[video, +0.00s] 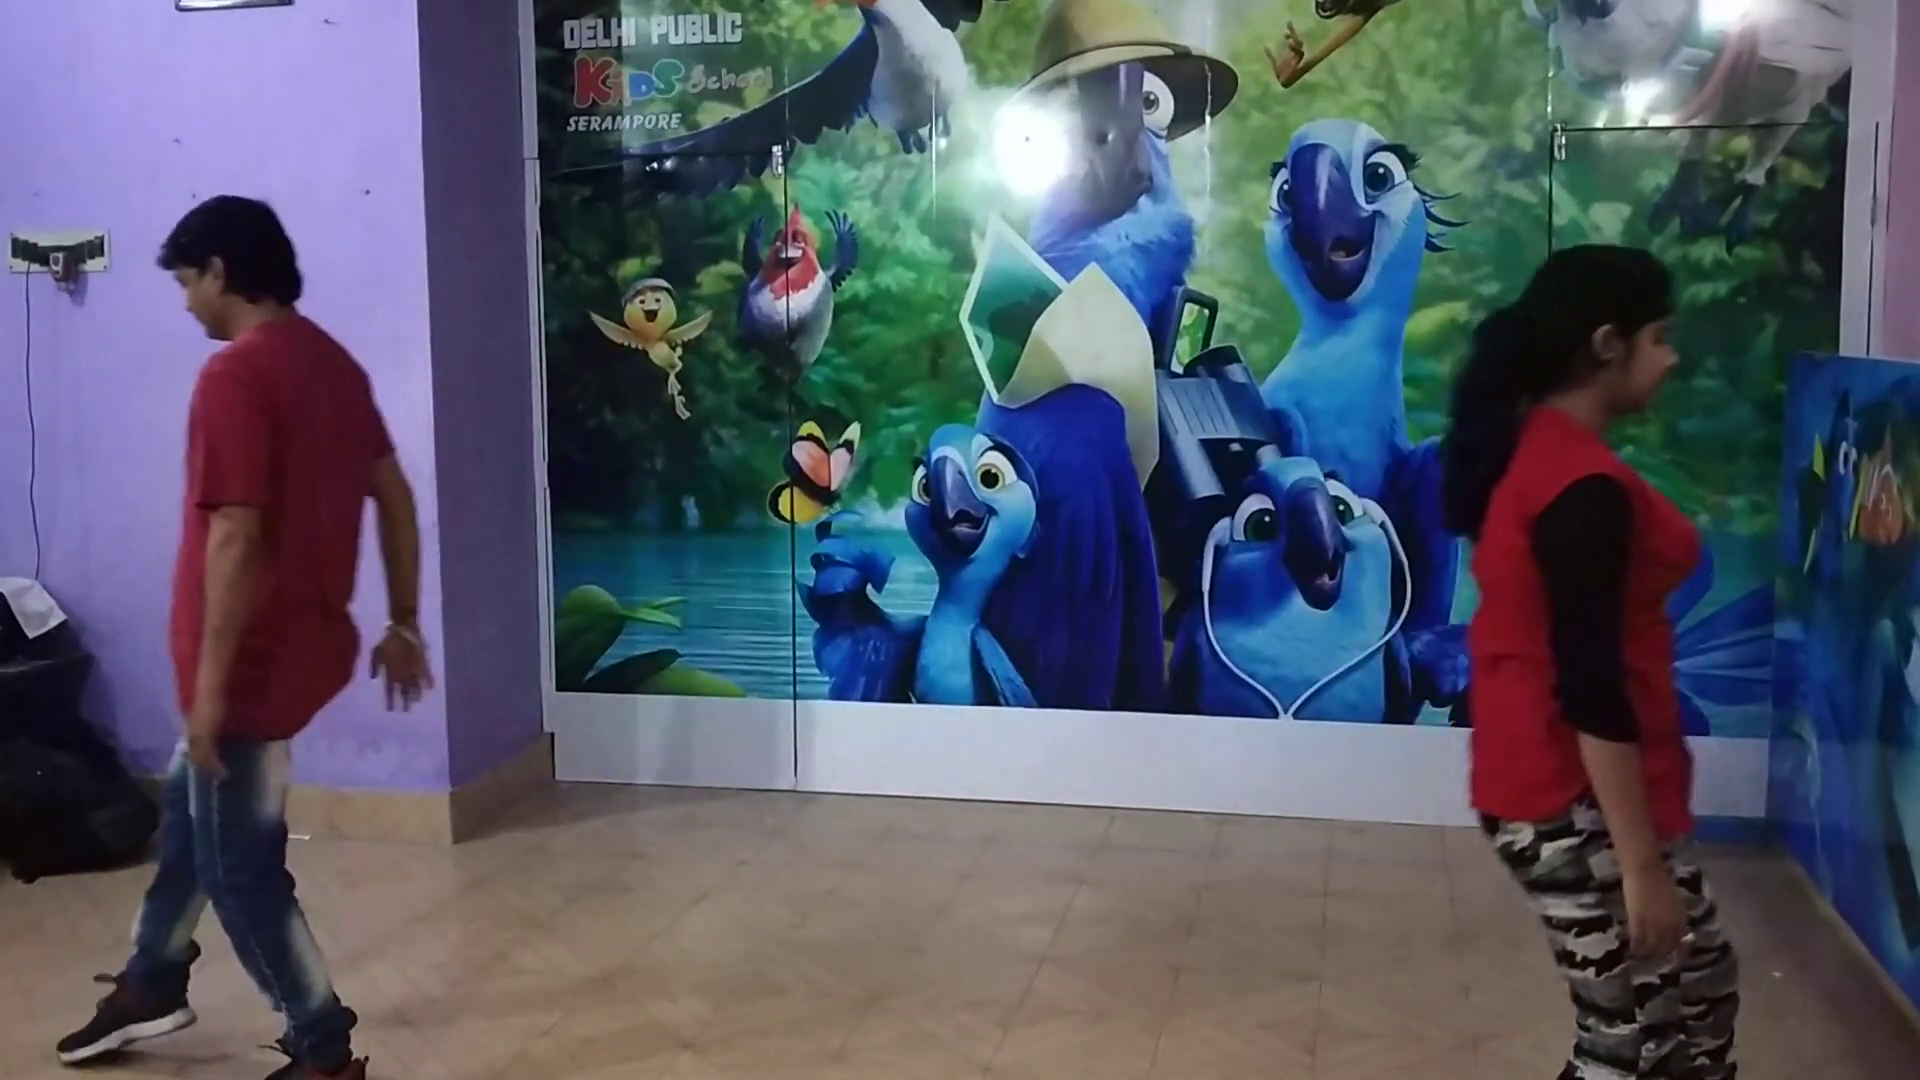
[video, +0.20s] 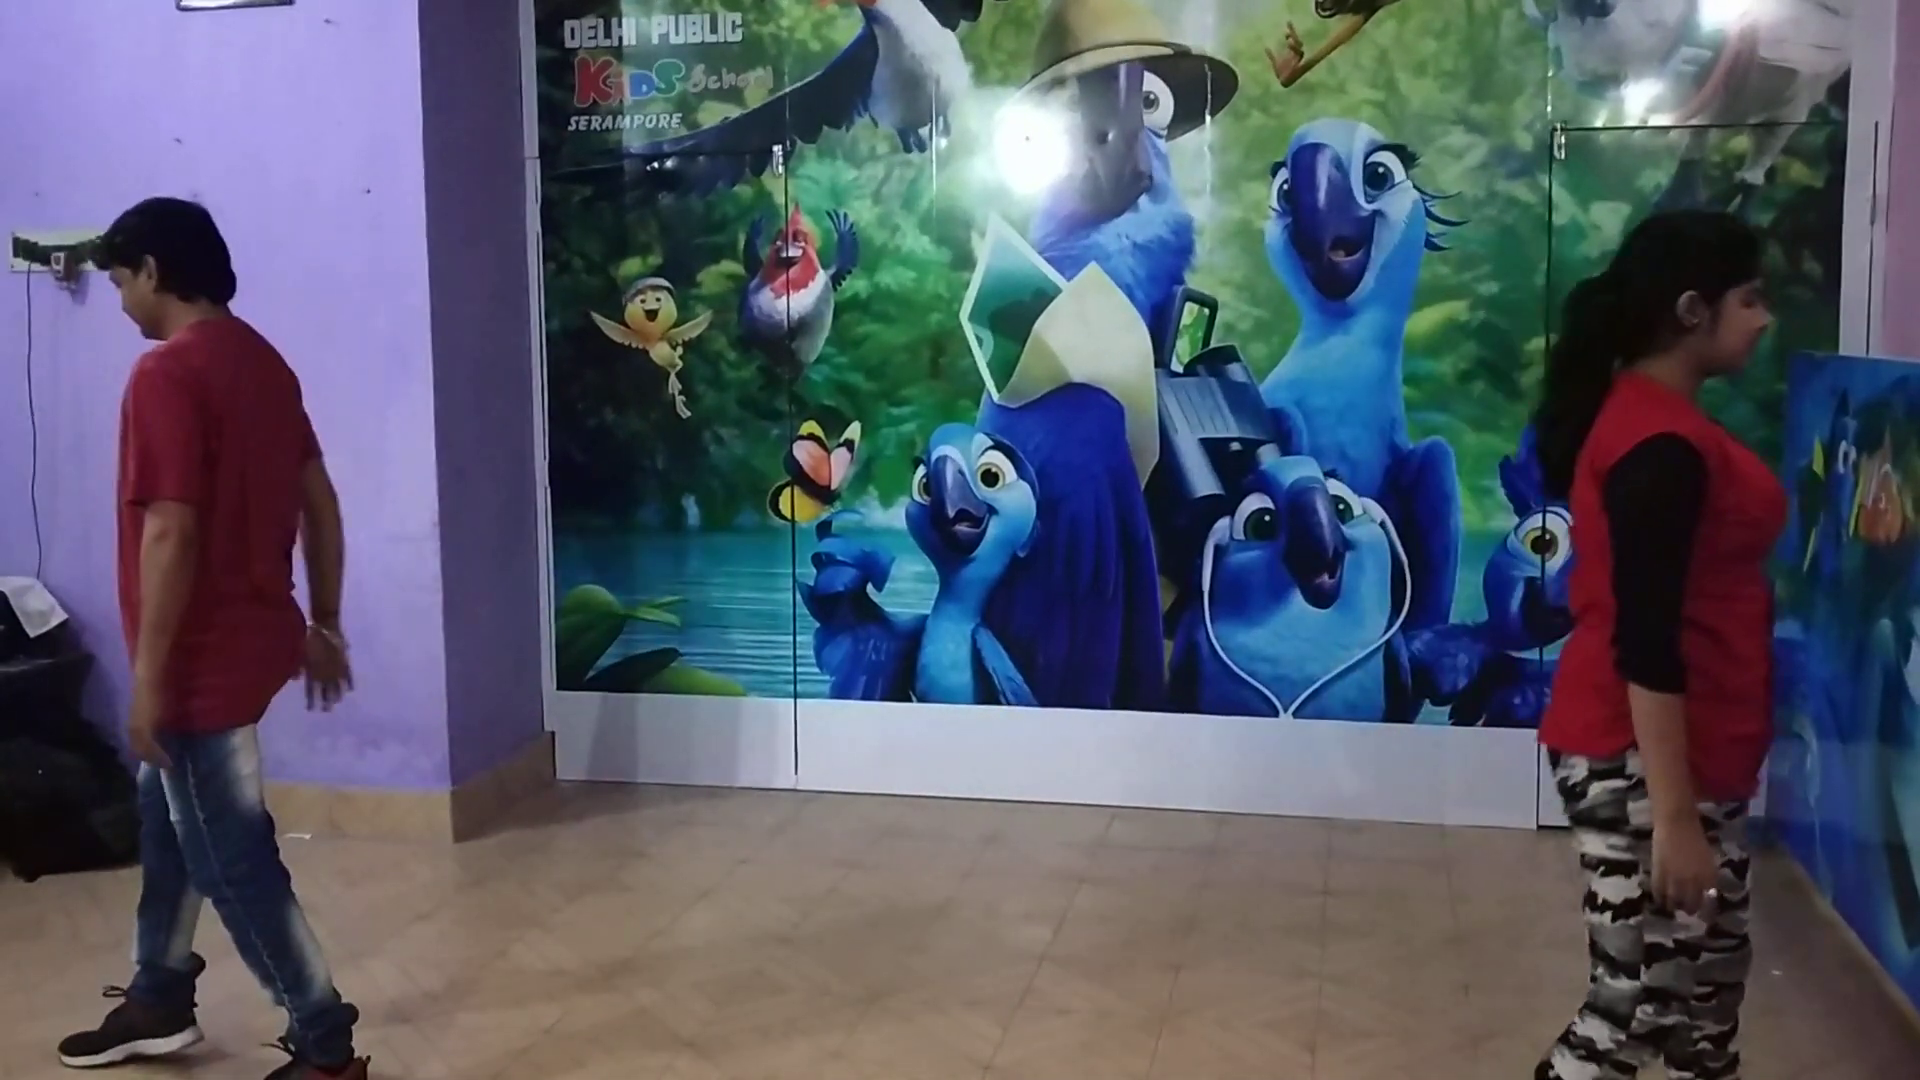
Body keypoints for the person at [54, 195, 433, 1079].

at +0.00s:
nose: (185, 300)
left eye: (186, 281)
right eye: (181, 283)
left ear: (220, 272)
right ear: (266, 270)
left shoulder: (236, 374)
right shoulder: (333, 363)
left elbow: (235, 539)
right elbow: (392, 493)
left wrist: (208, 698)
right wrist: (404, 621)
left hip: (242, 668)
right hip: (304, 651)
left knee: (243, 871)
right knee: (188, 808)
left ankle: (324, 1046)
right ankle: (151, 982)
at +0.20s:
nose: (117, 297)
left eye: (119, 278)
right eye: (114, 280)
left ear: (151, 272)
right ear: (195, 272)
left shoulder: (169, 372)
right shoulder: (263, 360)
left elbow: (171, 529)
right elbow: (318, 498)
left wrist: (148, 681)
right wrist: (325, 619)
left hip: (190, 659)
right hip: (248, 641)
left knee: (235, 860)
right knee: (167, 822)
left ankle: (326, 1044)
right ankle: (159, 1000)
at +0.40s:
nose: (93, 303)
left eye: (93, 283)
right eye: (89, 286)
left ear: (126, 274)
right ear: (177, 271)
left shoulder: (142, 372)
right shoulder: (244, 361)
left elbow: (150, 528)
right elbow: (292, 504)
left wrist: (130, 685)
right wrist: (292, 629)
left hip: (183, 654)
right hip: (243, 639)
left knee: (240, 853)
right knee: (169, 820)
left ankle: (326, 1043)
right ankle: (160, 1008)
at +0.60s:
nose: (88, 303)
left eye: (87, 284)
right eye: (82, 286)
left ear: (120, 273)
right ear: (173, 272)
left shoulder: (135, 371)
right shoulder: (242, 363)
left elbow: (148, 527)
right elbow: (293, 502)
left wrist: (136, 681)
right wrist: (301, 621)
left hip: (180, 656)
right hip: (240, 639)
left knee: (240, 858)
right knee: (170, 832)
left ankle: (326, 1046)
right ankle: (160, 1009)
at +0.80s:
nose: (87, 305)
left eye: (86, 286)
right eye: (82, 288)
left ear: (117, 275)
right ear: (174, 273)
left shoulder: (139, 367)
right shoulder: (244, 359)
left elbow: (160, 515)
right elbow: (310, 498)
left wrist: (160, 670)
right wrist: (314, 616)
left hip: (175, 660)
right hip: (239, 642)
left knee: (231, 858)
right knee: (158, 822)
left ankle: (326, 1046)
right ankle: (162, 1012)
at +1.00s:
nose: (79, 307)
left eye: (80, 288)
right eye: (76, 291)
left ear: (110, 283)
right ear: (174, 281)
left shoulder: (122, 386)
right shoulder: (236, 372)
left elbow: (168, 507)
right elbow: (319, 481)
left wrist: (211, 635)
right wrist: (387, 575)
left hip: (148, 672)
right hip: (215, 650)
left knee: (211, 867)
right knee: (120, 810)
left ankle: (324, 1046)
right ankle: (157, 1010)